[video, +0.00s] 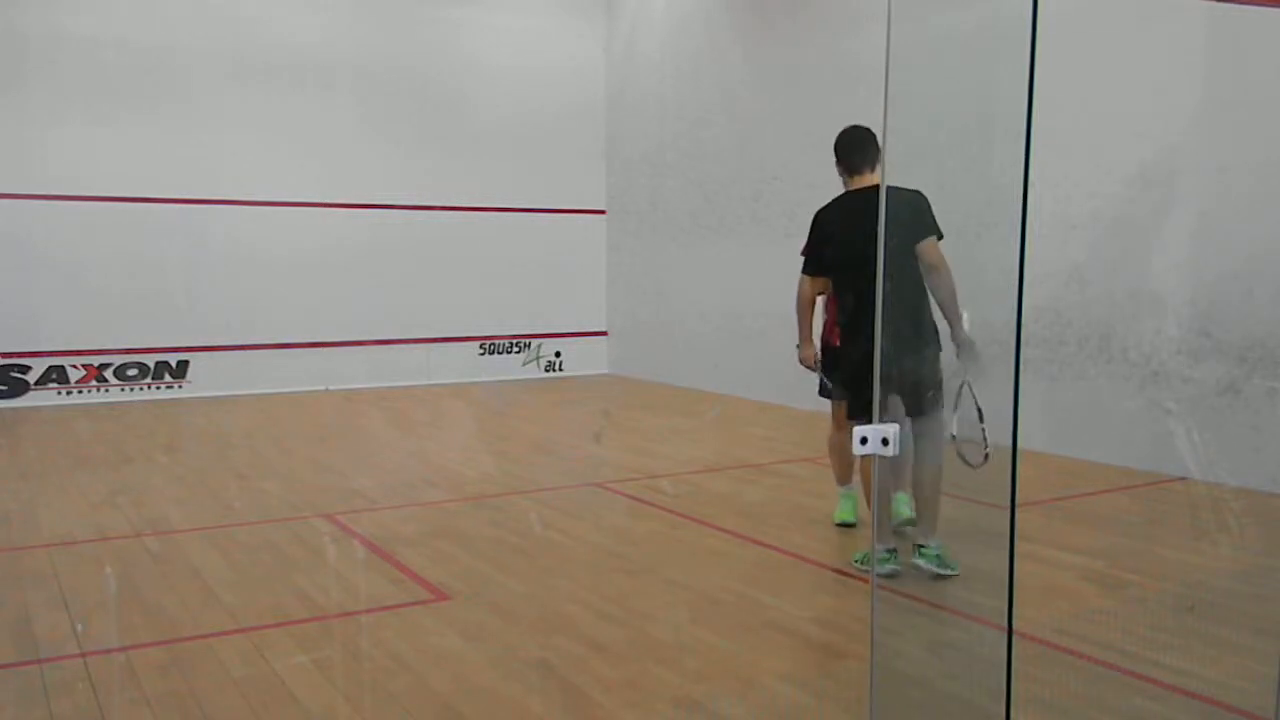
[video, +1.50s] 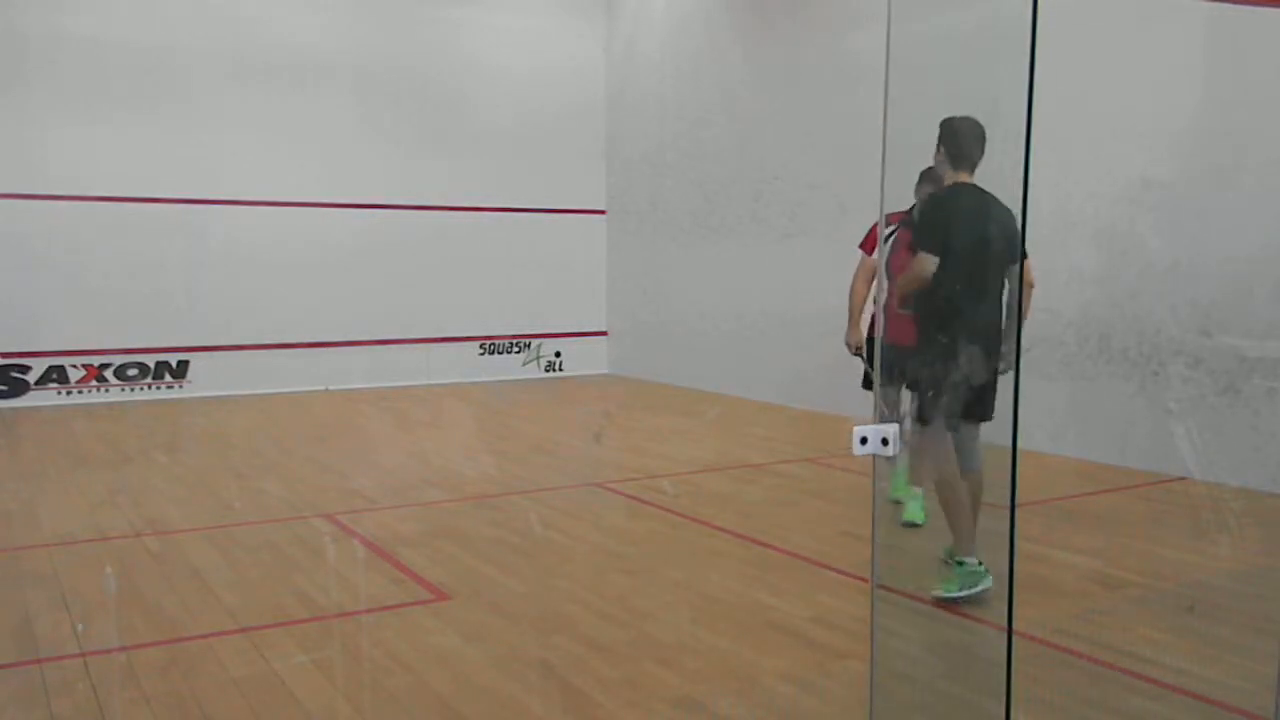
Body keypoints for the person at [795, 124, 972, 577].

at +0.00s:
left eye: (837, 164)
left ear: (838, 166)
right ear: (879, 158)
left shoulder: (828, 218)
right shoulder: (911, 202)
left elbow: (808, 289)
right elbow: (934, 265)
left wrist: (805, 341)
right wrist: (957, 328)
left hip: (862, 352)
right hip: (915, 347)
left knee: (876, 442)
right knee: (929, 437)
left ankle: (883, 548)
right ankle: (927, 542)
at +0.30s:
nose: (841, 169)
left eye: (838, 164)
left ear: (839, 167)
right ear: (878, 158)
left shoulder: (831, 220)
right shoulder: (915, 202)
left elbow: (813, 294)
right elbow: (947, 267)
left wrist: (810, 342)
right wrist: (964, 311)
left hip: (863, 351)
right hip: (917, 346)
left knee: (875, 446)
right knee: (926, 440)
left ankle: (885, 549)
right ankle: (934, 535)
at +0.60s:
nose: (854, 172)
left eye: (853, 166)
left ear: (856, 167)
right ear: (895, 157)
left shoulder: (848, 217)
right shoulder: (933, 203)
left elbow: (831, 283)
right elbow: (968, 263)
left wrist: (824, 333)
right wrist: (975, 315)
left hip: (879, 346)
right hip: (931, 341)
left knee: (882, 446)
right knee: (938, 432)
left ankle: (885, 550)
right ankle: (956, 532)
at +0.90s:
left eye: (907, 161)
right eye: (937, 160)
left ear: (900, 164)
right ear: (943, 163)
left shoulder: (885, 213)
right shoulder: (970, 210)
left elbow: (858, 276)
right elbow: (997, 273)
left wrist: (845, 325)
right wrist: (1001, 330)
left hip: (900, 344)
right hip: (956, 344)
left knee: (891, 441)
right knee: (957, 441)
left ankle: (884, 547)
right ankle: (966, 544)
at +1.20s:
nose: (943, 166)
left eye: (939, 158)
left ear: (936, 161)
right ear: (977, 163)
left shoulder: (916, 207)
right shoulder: (996, 212)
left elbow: (887, 272)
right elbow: (1029, 279)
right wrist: (1021, 338)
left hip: (923, 339)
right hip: (976, 342)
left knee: (912, 437)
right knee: (968, 438)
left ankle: (916, 548)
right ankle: (967, 547)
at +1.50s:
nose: (934, 155)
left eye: (937, 148)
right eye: (940, 148)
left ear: (941, 152)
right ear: (980, 157)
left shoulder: (937, 204)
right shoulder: (1002, 213)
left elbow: (925, 265)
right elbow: (1025, 282)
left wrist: (900, 289)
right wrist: (1010, 332)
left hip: (945, 345)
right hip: (984, 347)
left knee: (938, 442)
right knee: (968, 442)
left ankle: (969, 561)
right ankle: (965, 547)